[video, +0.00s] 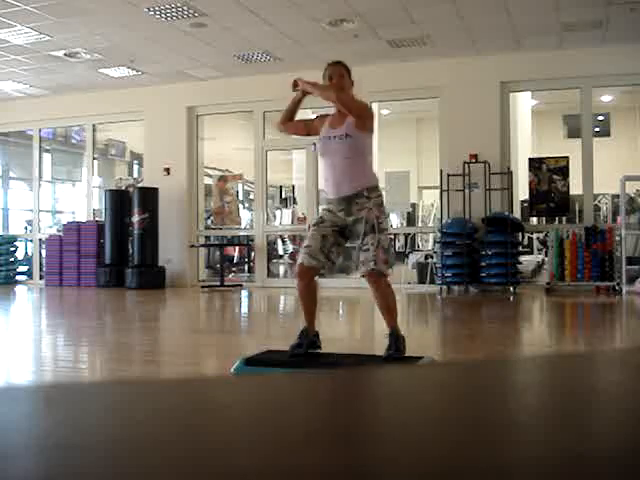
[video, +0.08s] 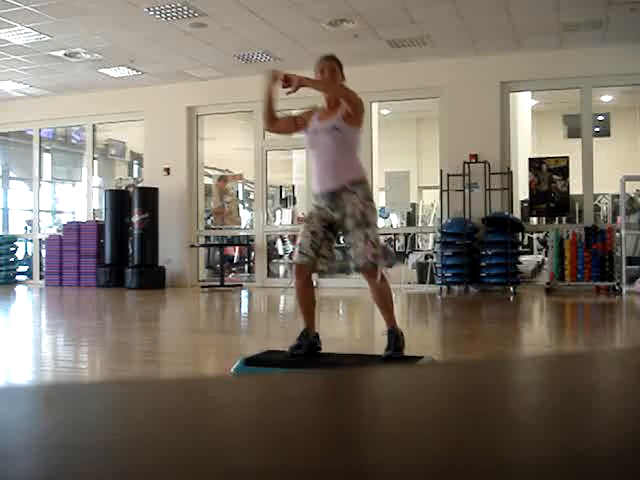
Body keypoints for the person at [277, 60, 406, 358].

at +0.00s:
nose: (336, 82)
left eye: (341, 77)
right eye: (330, 79)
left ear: (353, 82)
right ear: (324, 86)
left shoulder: (363, 114)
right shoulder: (322, 123)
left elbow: (339, 99)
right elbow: (284, 125)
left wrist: (309, 87)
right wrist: (300, 96)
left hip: (365, 203)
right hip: (332, 207)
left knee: (373, 272)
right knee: (304, 270)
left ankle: (395, 335)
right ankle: (310, 332)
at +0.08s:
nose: (324, 77)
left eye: (330, 71)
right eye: (320, 73)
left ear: (342, 76)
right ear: (315, 79)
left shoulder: (351, 110)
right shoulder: (311, 118)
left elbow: (345, 95)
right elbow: (272, 124)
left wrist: (304, 82)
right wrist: (270, 87)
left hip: (354, 195)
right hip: (323, 200)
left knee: (369, 267)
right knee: (301, 267)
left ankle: (393, 331)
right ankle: (310, 335)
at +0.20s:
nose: (316, 59)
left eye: (321, 54)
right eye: (311, 55)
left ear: (330, 60)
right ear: (304, 61)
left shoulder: (340, 90)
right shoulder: (296, 97)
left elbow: (359, 107)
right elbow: (265, 125)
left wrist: (338, 97)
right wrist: (246, 110)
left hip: (341, 172)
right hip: (308, 178)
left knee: (352, 242)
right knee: (304, 253)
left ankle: (381, 295)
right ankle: (305, 326)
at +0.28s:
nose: (309, 60)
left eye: (315, 55)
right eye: (304, 55)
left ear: (324, 61)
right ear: (297, 63)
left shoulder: (337, 94)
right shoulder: (291, 99)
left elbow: (361, 121)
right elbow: (268, 133)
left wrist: (349, 138)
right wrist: (250, 134)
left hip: (335, 172)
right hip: (304, 178)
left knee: (338, 233)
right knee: (299, 252)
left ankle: (371, 261)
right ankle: (303, 324)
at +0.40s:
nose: (302, 78)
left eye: (307, 73)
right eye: (297, 73)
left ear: (315, 78)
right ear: (289, 80)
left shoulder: (327, 117)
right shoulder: (281, 119)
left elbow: (352, 158)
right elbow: (271, 155)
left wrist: (367, 197)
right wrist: (264, 180)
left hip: (325, 191)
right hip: (294, 196)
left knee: (322, 247)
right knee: (289, 270)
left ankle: (357, 237)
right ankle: (305, 333)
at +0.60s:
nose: (297, 65)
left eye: (302, 60)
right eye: (292, 61)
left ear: (310, 66)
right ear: (284, 67)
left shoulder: (325, 103)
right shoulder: (276, 107)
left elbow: (344, 141)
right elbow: (266, 144)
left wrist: (338, 174)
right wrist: (266, 172)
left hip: (322, 178)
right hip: (290, 183)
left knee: (310, 243)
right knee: (291, 257)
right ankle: (302, 327)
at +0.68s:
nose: (296, 56)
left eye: (301, 51)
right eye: (291, 52)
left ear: (310, 57)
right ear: (283, 58)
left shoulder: (325, 92)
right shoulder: (277, 96)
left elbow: (344, 129)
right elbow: (267, 134)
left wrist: (334, 160)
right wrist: (266, 164)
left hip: (320, 171)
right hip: (288, 175)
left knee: (312, 246)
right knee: (285, 249)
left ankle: (316, 314)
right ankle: (309, 304)